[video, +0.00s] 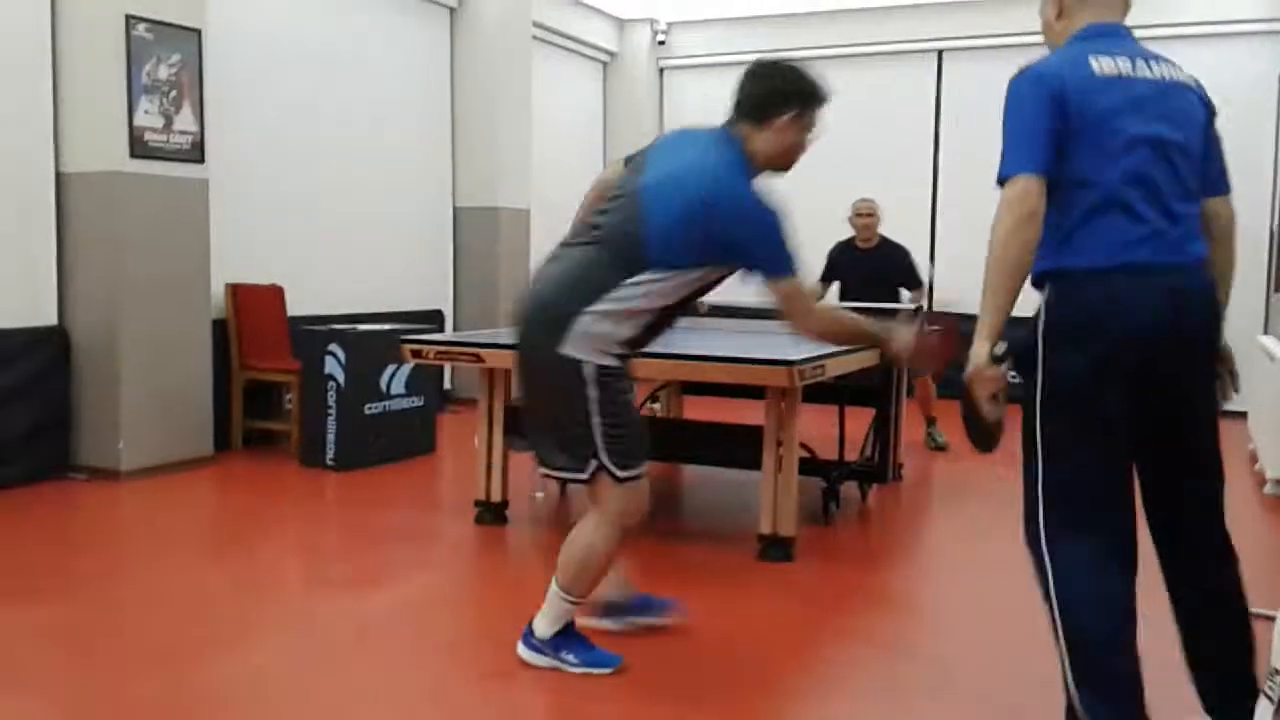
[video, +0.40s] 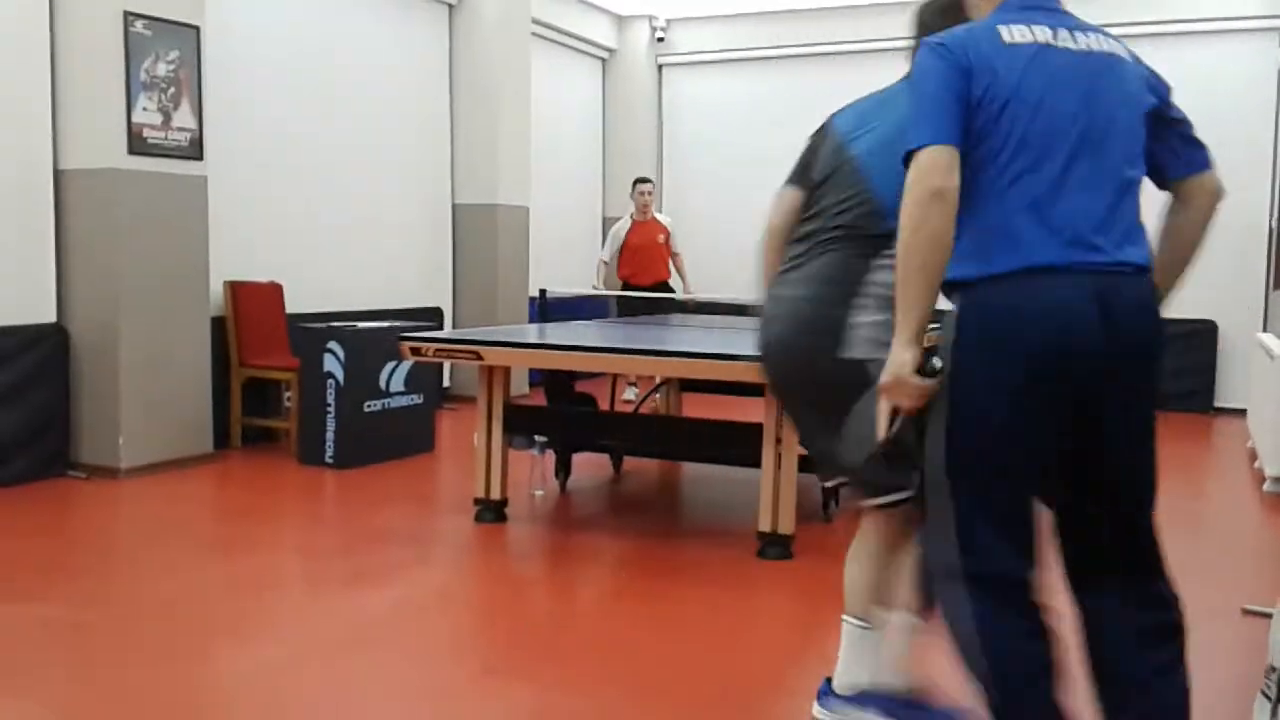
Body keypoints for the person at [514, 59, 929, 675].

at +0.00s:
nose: (806, 145)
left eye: (809, 132)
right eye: (805, 130)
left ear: (749, 115)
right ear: (777, 122)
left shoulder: (682, 144)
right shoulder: (747, 207)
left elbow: (602, 190)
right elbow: (808, 318)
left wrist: (569, 268)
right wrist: (885, 336)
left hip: (553, 321)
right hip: (580, 344)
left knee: (608, 477)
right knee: (621, 503)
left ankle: (607, 596)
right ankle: (545, 633)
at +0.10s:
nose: (847, 103)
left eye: (851, 90)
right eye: (849, 90)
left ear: (787, 74)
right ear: (831, 86)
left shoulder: (712, 119)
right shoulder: (807, 168)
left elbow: (620, 185)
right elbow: (830, 296)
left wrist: (583, 252)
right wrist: (848, 391)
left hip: (629, 324)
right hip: (650, 342)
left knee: (714, 473)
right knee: (656, 501)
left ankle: (763, 629)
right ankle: (559, 621)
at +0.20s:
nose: (889, 85)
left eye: (888, 73)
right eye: (890, 73)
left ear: (823, 59)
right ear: (879, 73)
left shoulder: (750, 122)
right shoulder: (861, 159)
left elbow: (653, 192)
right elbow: (858, 289)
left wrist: (613, 276)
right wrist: (860, 399)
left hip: (719, 350)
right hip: (736, 360)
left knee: (807, 503)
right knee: (736, 526)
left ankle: (845, 687)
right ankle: (600, 622)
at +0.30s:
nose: (934, 81)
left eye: (928, 69)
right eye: (936, 70)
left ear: (867, 64)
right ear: (930, 72)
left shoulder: (808, 135)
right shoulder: (914, 161)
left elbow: (729, 224)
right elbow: (921, 304)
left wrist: (672, 307)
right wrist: (927, 410)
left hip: (757, 348)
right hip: (804, 359)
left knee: (874, 521)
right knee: (856, 537)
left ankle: (849, 692)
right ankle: (707, 648)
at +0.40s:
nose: (1000, 58)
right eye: (992, 38)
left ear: (917, 46)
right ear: (969, 51)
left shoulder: (851, 117)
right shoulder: (971, 123)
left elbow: (781, 219)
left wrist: (781, 315)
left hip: (793, 330)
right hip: (863, 334)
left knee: (889, 497)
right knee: (919, 495)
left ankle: (852, 683)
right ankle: (891, 678)